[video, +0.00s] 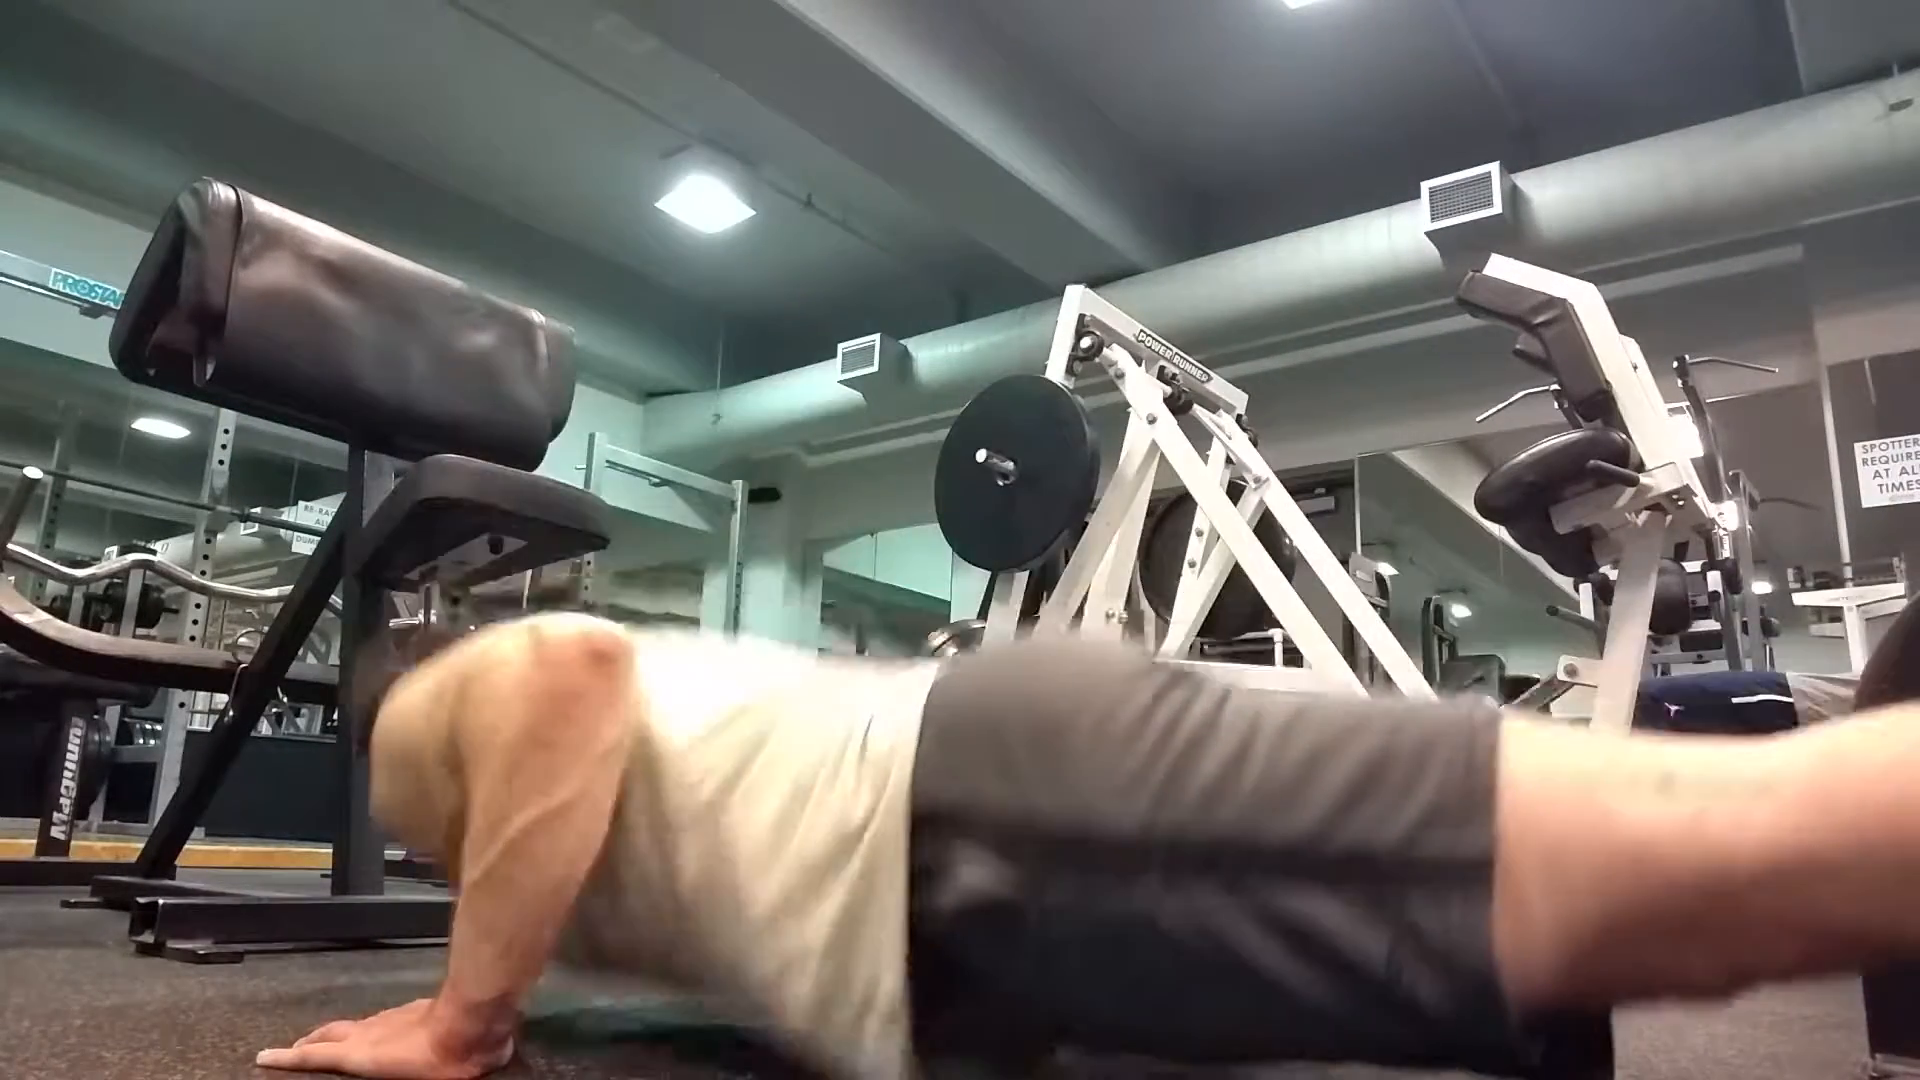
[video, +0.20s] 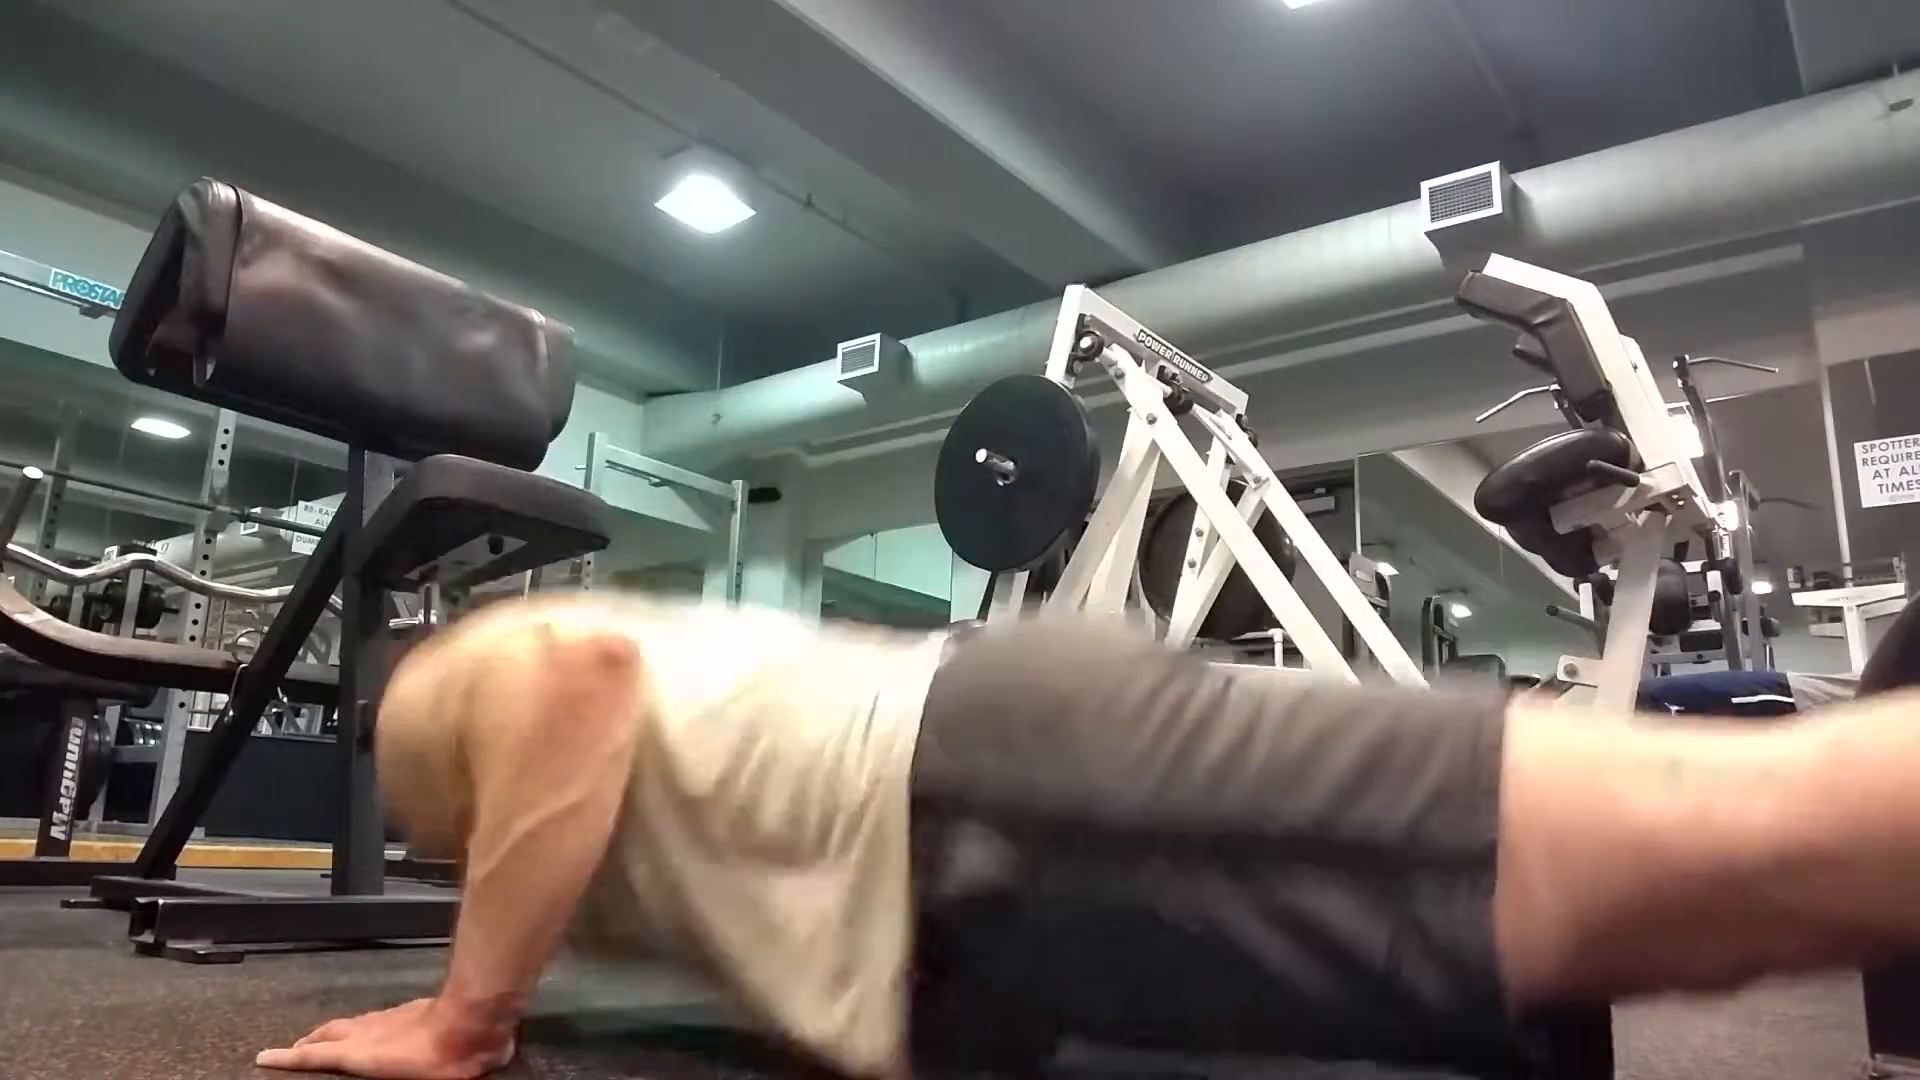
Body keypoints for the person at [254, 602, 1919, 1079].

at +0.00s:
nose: (413, 818)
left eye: (394, 796)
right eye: (415, 804)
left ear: (409, 700)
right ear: (448, 724)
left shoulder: (433, 705)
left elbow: (575, 691)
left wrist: (457, 1018)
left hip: (975, 832)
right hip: (964, 953)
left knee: (1707, 871)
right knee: (1704, 872)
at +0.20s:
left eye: (400, 750)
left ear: (423, 653)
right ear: (520, 611)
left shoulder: (445, 680)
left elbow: (580, 682)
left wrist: (459, 1016)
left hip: (981, 813)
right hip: (975, 944)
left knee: (1759, 842)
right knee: (1750, 857)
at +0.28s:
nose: (412, 673)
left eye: (399, 638)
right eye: (411, 654)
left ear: (409, 568)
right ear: (517, 496)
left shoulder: (478, 560)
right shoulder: (624, 542)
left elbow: (594, 682)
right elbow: (841, 640)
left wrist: (464, 1019)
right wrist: (864, 918)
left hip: (1002, 707)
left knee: (1738, 796)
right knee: (1724, 799)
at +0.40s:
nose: (417, 562)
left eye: (413, 516)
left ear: (429, 413)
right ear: (548, 368)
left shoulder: (516, 448)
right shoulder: (717, 453)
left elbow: (597, 661)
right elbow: (924, 693)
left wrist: (465, 1014)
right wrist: (934, 956)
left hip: (1037, 613)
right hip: (1061, 687)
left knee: (1770, 738)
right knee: (1746, 751)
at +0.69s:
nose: (438, 652)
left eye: (411, 615)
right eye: (423, 643)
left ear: (417, 537)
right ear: (533, 463)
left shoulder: (508, 490)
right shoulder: (707, 488)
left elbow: (632, 681)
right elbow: (963, 734)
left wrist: (467, 1016)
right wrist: (926, 973)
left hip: (1034, 624)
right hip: (1059, 632)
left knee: (1757, 741)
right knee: (1748, 743)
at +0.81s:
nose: (428, 804)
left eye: (404, 775)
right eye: (415, 794)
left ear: (401, 672)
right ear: (500, 587)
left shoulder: (452, 645)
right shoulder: (647, 604)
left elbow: (636, 710)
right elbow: (888, 716)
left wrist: (460, 1021)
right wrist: (920, 953)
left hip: (1006, 757)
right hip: (1026, 754)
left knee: (1677, 836)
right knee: (1676, 828)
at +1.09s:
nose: (444, 836)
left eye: (415, 805)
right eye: (429, 827)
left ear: (416, 672)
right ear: (513, 593)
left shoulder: (468, 655)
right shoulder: (660, 624)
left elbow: (640, 712)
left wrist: (464, 1018)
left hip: (1014, 766)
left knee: (1746, 832)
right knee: (1734, 841)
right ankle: (1870, 901)